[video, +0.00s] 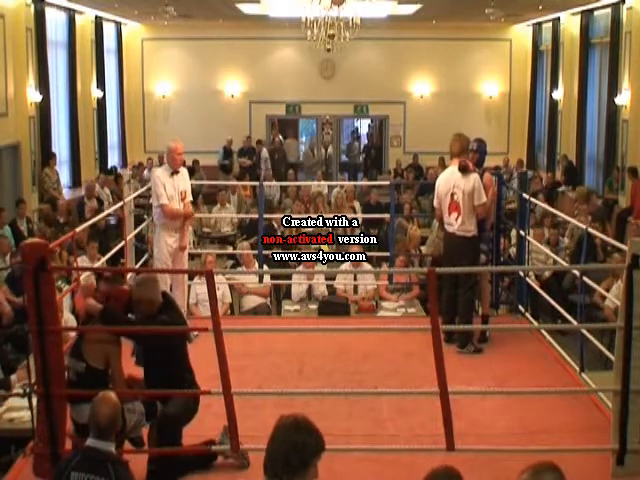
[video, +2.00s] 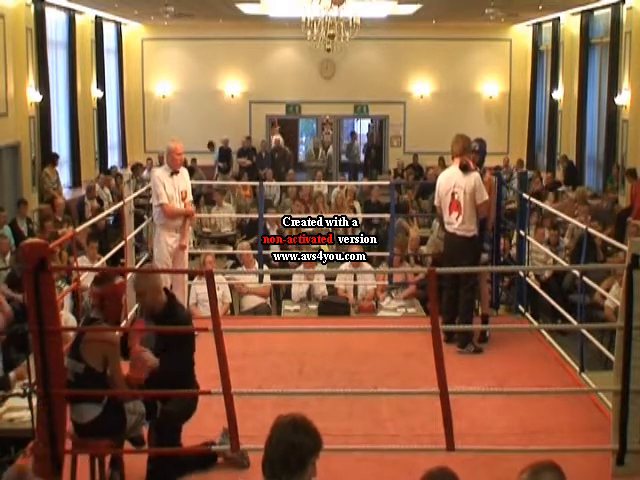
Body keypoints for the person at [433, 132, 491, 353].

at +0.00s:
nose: (467, 155)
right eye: (468, 151)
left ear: (449, 152)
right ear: (468, 152)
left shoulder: (442, 178)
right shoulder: (473, 178)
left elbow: (438, 212)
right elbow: (481, 211)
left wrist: (447, 226)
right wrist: (491, 193)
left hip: (449, 235)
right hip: (468, 236)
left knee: (449, 282)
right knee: (467, 285)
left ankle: (448, 328)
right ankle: (465, 336)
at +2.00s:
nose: (470, 155)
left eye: (464, 151)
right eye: (470, 152)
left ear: (452, 153)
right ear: (469, 153)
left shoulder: (443, 176)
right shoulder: (474, 177)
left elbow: (438, 206)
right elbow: (483, 209)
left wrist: (446, 224)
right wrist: (486, 184)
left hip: (450, 235)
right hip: (469, 236)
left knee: (450, 283)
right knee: (468, 285)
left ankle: (448, 327)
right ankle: (464, 335)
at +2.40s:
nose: (470, 154)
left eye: (463, 150)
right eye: (470, 151)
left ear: (452, 152)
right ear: (469, 152)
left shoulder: (443, 176)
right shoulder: (474, 176)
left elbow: (438, 205)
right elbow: (484, 205)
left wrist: (446, 224)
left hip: (450, 235)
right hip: (469, 236)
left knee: (449, 282)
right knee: (468, 284)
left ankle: (448, 327)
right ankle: (464, 334)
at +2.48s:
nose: (470, 154)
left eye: (463, 150)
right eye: (470, 151)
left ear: (452, 152)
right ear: (469, 151)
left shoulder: (443, 176)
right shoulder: (473, 175)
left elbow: (438, 205)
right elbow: (484, 203)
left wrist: (446, 224)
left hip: (450, 235)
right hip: (469, 236)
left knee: (449, 282)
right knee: (468, 284)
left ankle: (448, 327)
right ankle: (464, 334)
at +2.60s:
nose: (469, 154)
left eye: (465, 150)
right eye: (469, 151)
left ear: (452, 152)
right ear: (469, 152)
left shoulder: (443, 176)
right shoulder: (473, 175)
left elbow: (438, 205)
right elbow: (485, 197)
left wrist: (446, 225)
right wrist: (478, 174)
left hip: (450, 235)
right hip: (468, 236)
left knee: (449, 283)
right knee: (467, 284)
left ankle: (449, 327)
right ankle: (464, 334)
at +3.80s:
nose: (466, 154)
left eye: (455, 150)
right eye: (468, 150)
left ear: (452, 151)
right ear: (470, 152)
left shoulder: (443, 177)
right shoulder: (474, 179)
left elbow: (438, 210)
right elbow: (480, 212)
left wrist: (451, 217)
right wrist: (489, 204)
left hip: (449, 235)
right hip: (468, 236)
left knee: (450, 282)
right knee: (467, 284)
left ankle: (448, 327)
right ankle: (465, 335)